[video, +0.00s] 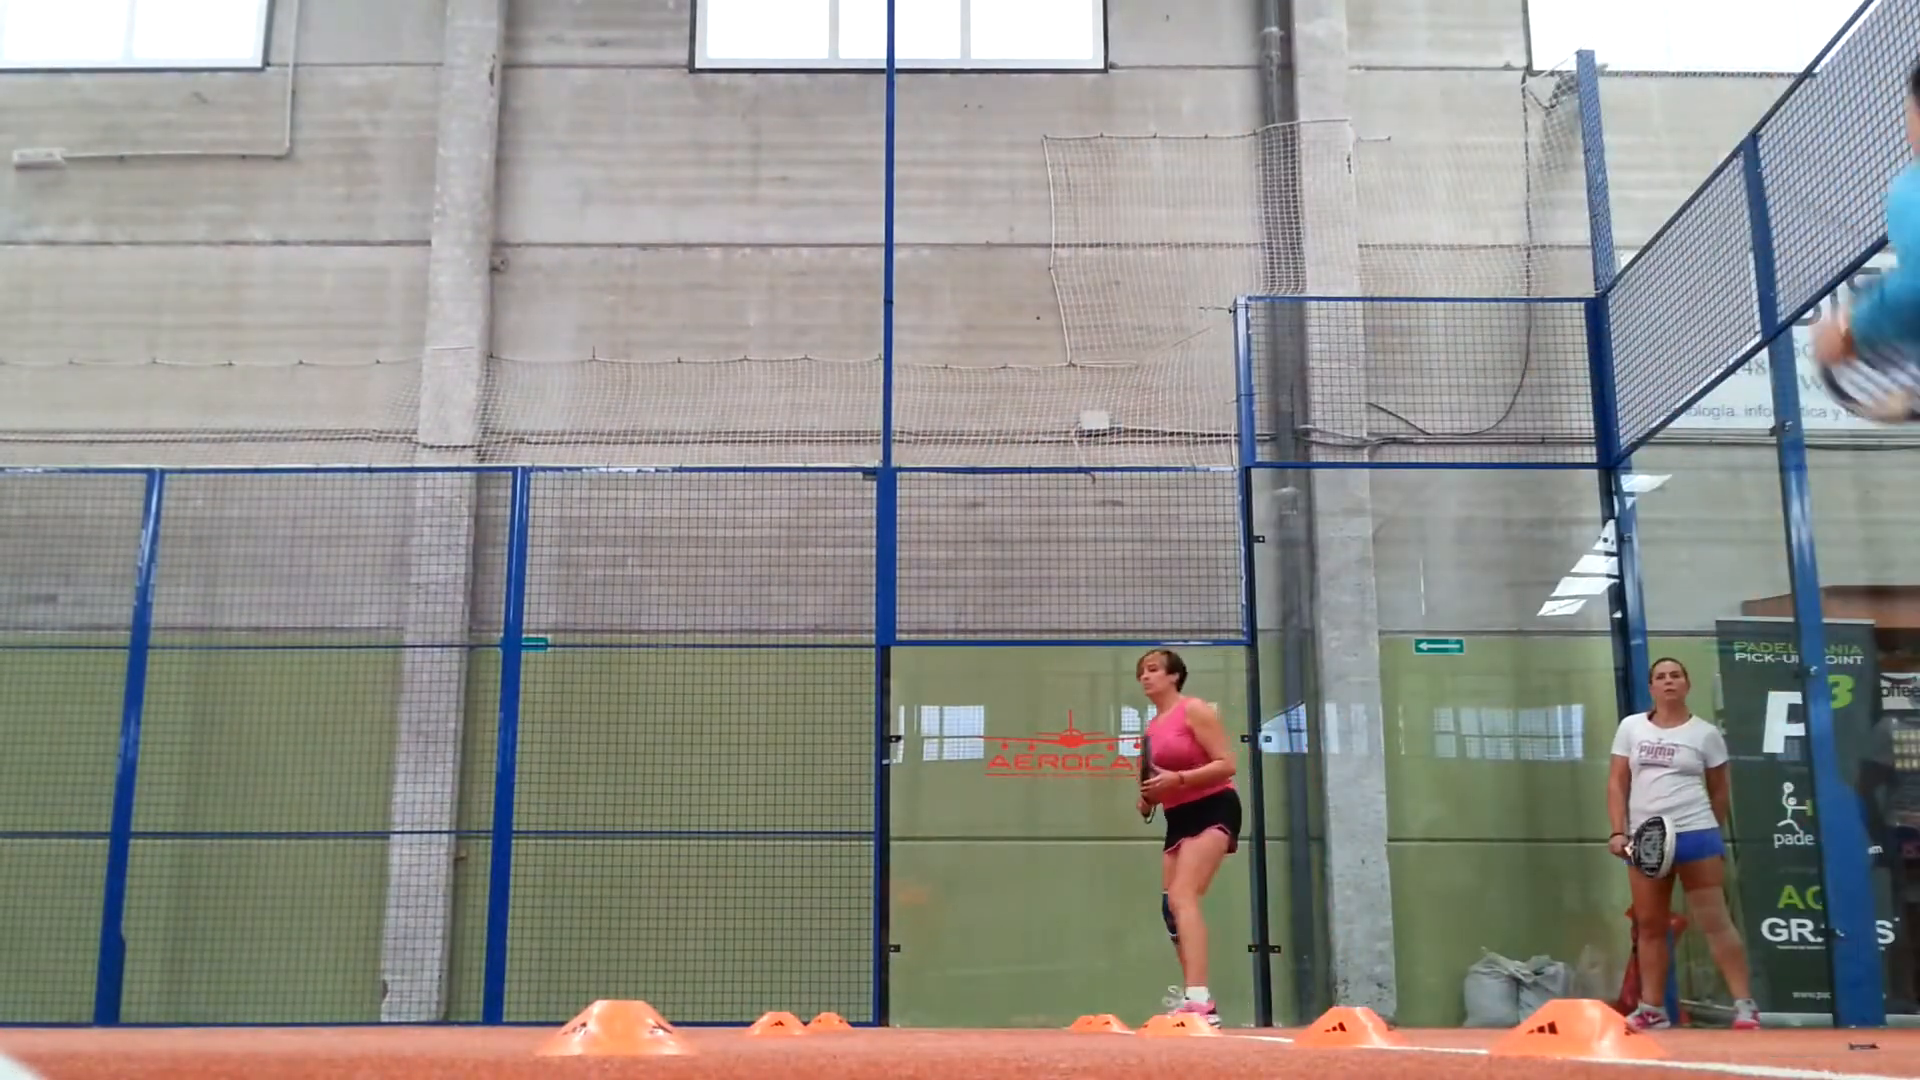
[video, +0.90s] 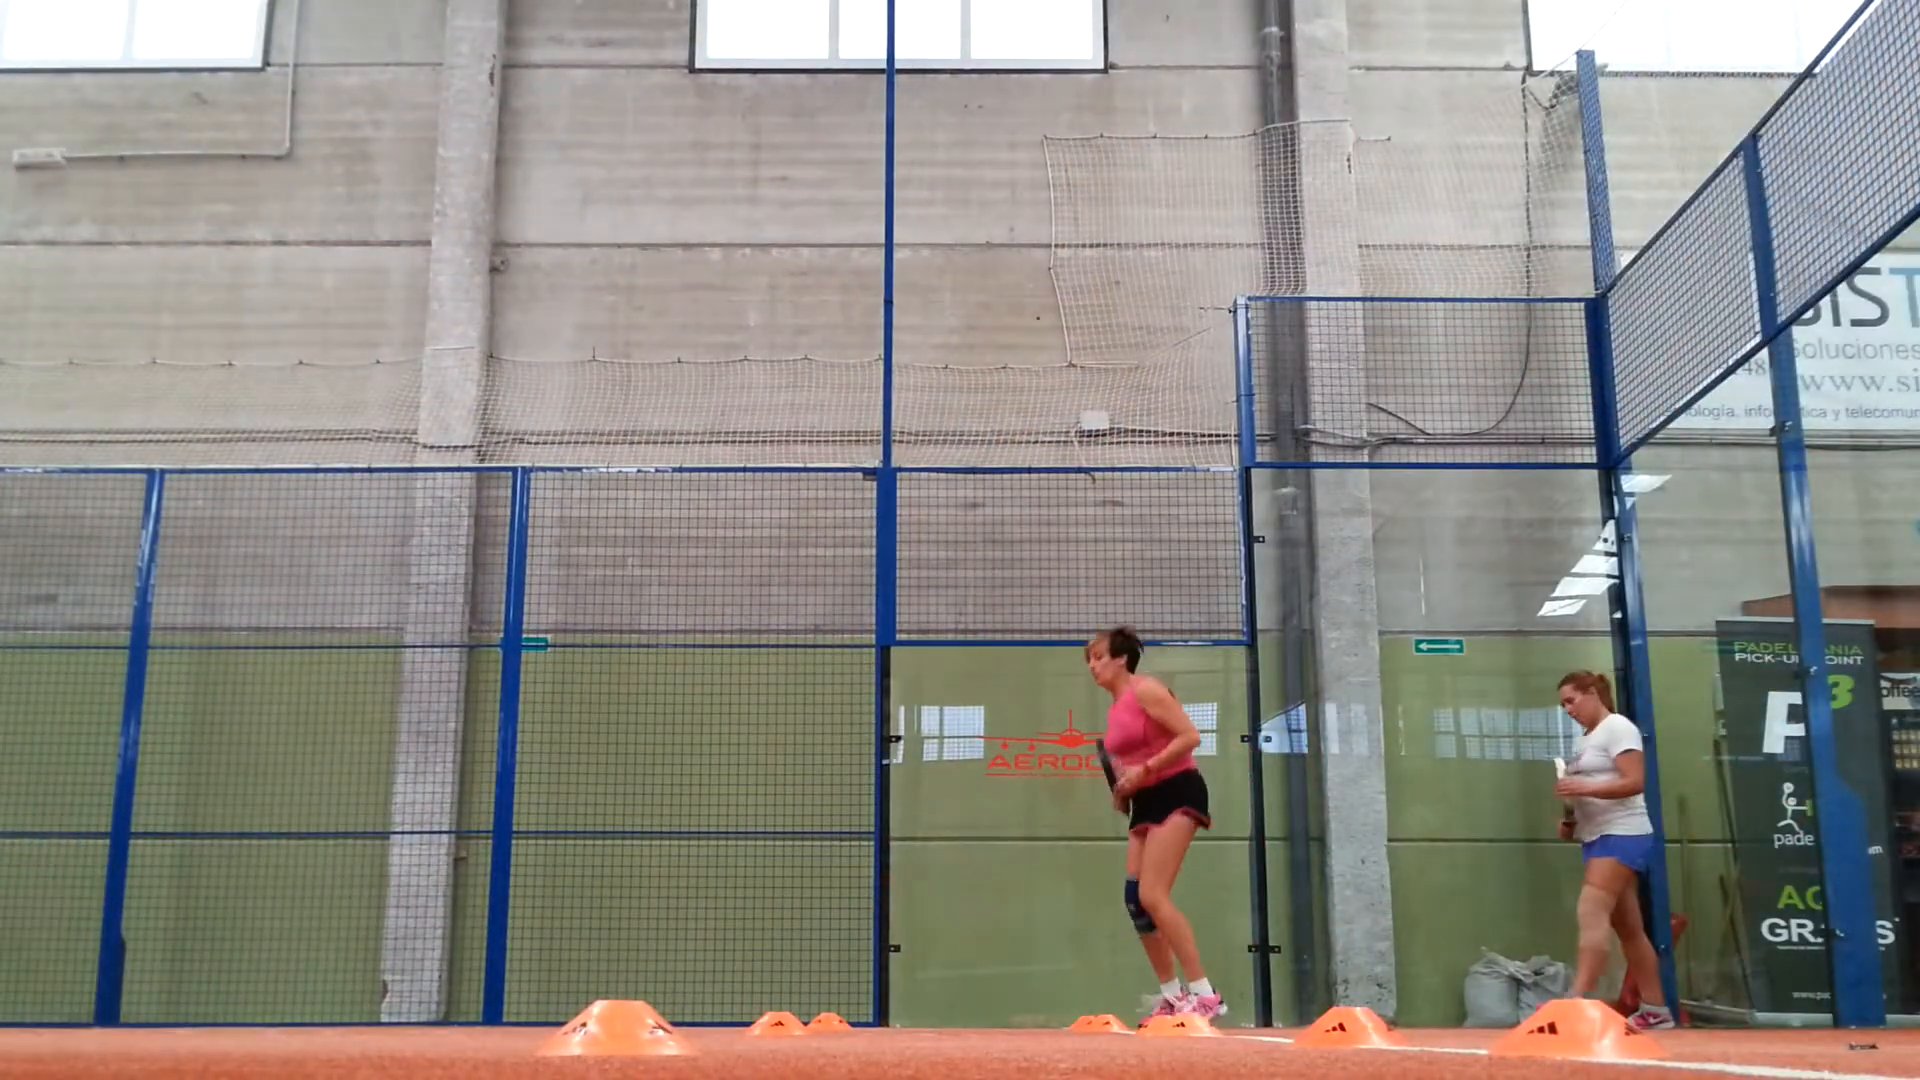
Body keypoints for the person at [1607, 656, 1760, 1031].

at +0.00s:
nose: (1669, 681)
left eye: (1675, 676)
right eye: (1662, 677)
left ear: (1688, 685)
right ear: (1651, 688)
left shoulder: (1706, 734)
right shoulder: (1631, 727)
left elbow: (1720, 793)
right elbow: (1617, 782)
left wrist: (1712, 833)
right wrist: (1618, 831)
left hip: (1696, 835)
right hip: (1646, 840)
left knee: (1716, 921)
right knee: (1649, 925)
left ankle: (1744, 1005)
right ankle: (1651, 1008)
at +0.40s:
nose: (1626, 688)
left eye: (1633, 681)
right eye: (1622, 685)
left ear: (1657, 686)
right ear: (1621, 695)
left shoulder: (1680, 727)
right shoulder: (1616, 735)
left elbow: (1724, 770)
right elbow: (1610, 790)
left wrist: (1728, 827)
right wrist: (1610, 835)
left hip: (1680, 839)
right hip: (1631, 842)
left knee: (1706, 924)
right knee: (1641, 929)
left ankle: (1743, 1004)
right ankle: (1654, 1008)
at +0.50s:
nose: (1610, 696)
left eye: (1616, 689)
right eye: (1607, 692)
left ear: (1640, 690)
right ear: (1609, 700)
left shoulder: (1666, 729)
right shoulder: (1607, 740)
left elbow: (1704, 768)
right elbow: (1600, 791)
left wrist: (1703, 810)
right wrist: (1596, 833)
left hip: (1666, 837)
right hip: (1621, 842)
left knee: (1681, 917)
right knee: (1637, 926)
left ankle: (1735, 998)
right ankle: (1655, 1007)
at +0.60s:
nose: (1599, 701)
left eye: (1603, 693)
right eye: (1595, 696)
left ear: (1627, 690)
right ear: (1599, 702)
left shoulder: (1654, 728)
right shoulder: (1600, 740)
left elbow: (1682, 774)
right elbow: (1593, 789)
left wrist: (1664, 792)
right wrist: (1585, 826)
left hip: (1654, 832)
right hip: (1613, 837)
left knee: (1653, 913)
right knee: (1632, 924)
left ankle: (1709, 991)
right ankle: (1654, 1008)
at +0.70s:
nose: (1589, 703)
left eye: (1593, 695)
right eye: (1585, 698)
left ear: (1615, 690)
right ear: (1590, 702)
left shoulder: (1644, 727)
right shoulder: (1593, 739)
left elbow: (1663, 778)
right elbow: (1594, 791)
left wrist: (1621, 785)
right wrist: (1582, 820)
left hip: (1644, 830)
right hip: (1607, 835)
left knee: (1629, 909)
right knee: (1627, 918)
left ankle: (1670, 999)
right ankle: (1651, 1004)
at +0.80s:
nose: (1578, 707)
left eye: (1582, 698)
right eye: (1574, 702)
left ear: (1604, 691)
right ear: (1580, 704)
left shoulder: (1632, 727)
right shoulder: (1587, 741)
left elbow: (1647, 780)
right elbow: (1590, 791)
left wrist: (1600, 786)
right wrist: (1577, 819)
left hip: (1635, 831)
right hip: (1603, 836)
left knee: (1608, 909)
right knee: (1634, 924)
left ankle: (1624, 1000)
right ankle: (1656, 1007)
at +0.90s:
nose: (1568, 710)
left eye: (1571, 701)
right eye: (1564, 705)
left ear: (1593, 694)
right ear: (1578, 703)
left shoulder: (1619, 727)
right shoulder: (1588, 739)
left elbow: (1634, 781)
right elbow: (1595, 789)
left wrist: (1583, 788)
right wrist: (1574, 817)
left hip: (1623, 834)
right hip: (1601, 836)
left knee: (1593, 908)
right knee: (1629, 927)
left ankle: (1579, 999)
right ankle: (1656, 1008)